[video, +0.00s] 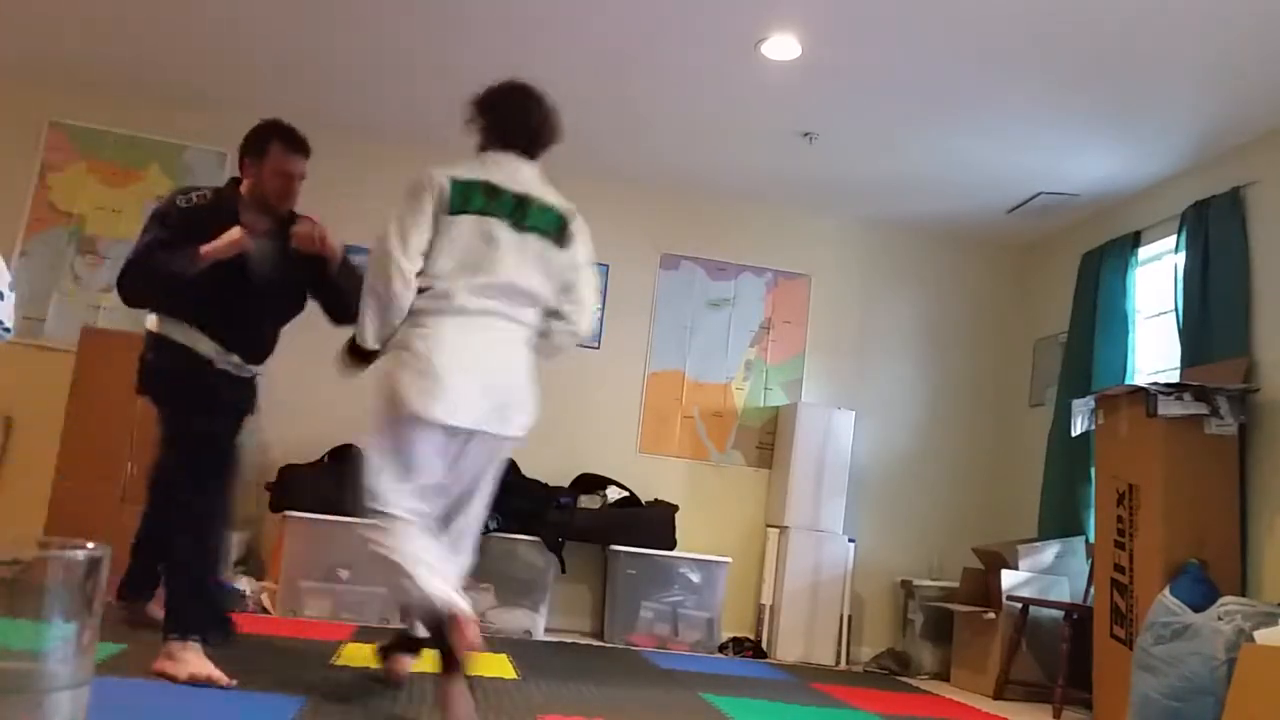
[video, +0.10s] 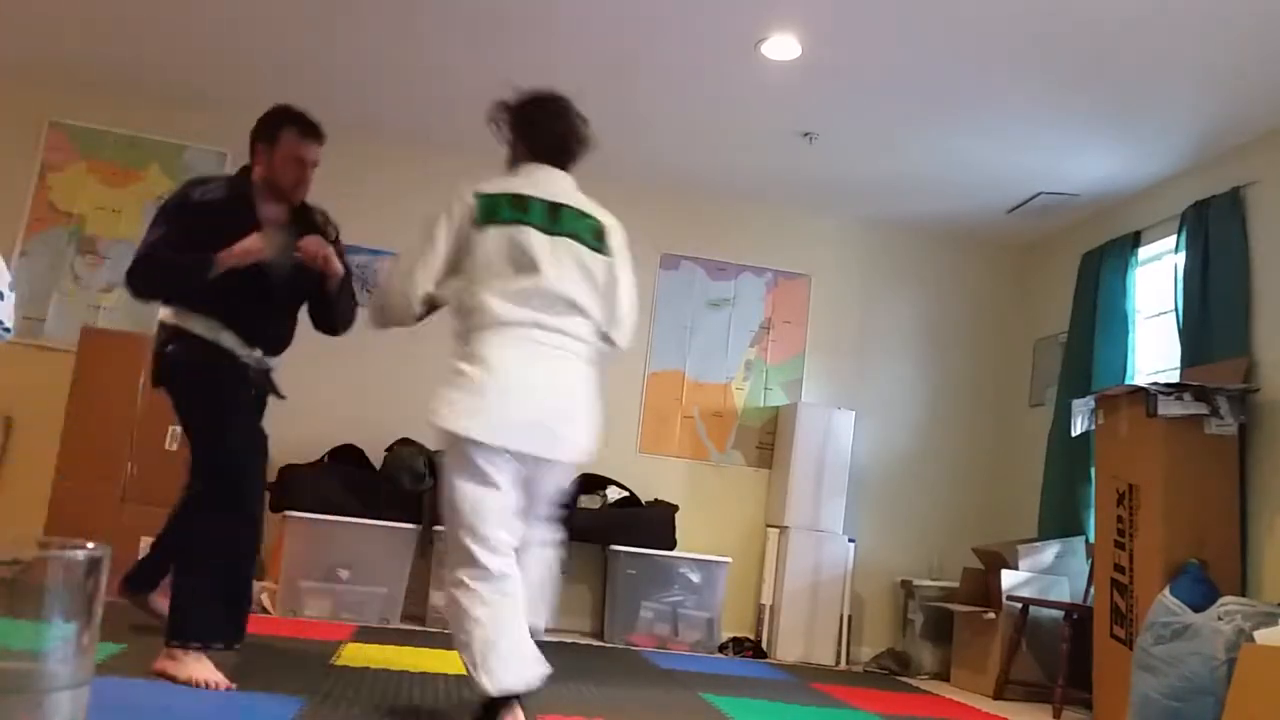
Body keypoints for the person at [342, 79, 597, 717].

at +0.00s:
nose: (478, 132)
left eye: (482, 123)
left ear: (483, 128)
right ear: (546, 140)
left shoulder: (440, 185)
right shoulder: (567, 219)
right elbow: (575, 322)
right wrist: (521, 340)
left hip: (435, 364)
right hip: (510, 381)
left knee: (393, 506)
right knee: (458, 523)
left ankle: (451, 609)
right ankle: (402, 651)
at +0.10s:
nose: (507, 146)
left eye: (510, 137)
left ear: (514, 142)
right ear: (576, 150)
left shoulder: (477, 201)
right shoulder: (606, 226)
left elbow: (407, 295)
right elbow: (619, 330)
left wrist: (379, 302)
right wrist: (562, 310)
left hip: (488, 396)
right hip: (569, 407)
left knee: (485, 546)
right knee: (539, 526)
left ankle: (507, 694)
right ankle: (521, 654)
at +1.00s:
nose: (628, 134)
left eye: (630, 124)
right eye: (629, 126)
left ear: (642, 123)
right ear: (704, 127)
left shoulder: (611, 171)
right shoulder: (751, 198)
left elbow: (557, 286)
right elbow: (751, 315)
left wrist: (529, 307)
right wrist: (714, 369)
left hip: (616, 369)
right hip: (709, 381)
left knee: (546, 539)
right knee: (742, 559)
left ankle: (516, 697)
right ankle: (801, 708)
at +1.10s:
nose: (619, 128)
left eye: (621, 119)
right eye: (619, 121)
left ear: (635, 117)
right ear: (699, 119)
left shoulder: (606, 162)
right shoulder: (744, 186)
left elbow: (551, 272)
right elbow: (749, 305)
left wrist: (523, 297)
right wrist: (709, 356)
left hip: (613, 364)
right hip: (706, 376)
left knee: (552, 542)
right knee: (725, 553)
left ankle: (521, 702)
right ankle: (760, 705)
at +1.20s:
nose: (622, 134)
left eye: (622, 125)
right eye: (621, 127)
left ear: (635, 121)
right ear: (701, 121)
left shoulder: (609, 164)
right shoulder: (747, 187)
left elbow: (552, 274)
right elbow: (752, 306)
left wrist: (527, 294)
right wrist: (718, 362)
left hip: (618, 368)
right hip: (709, 381)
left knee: (553, 548)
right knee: (707, 569)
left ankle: (521, 702)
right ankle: (715, 714)